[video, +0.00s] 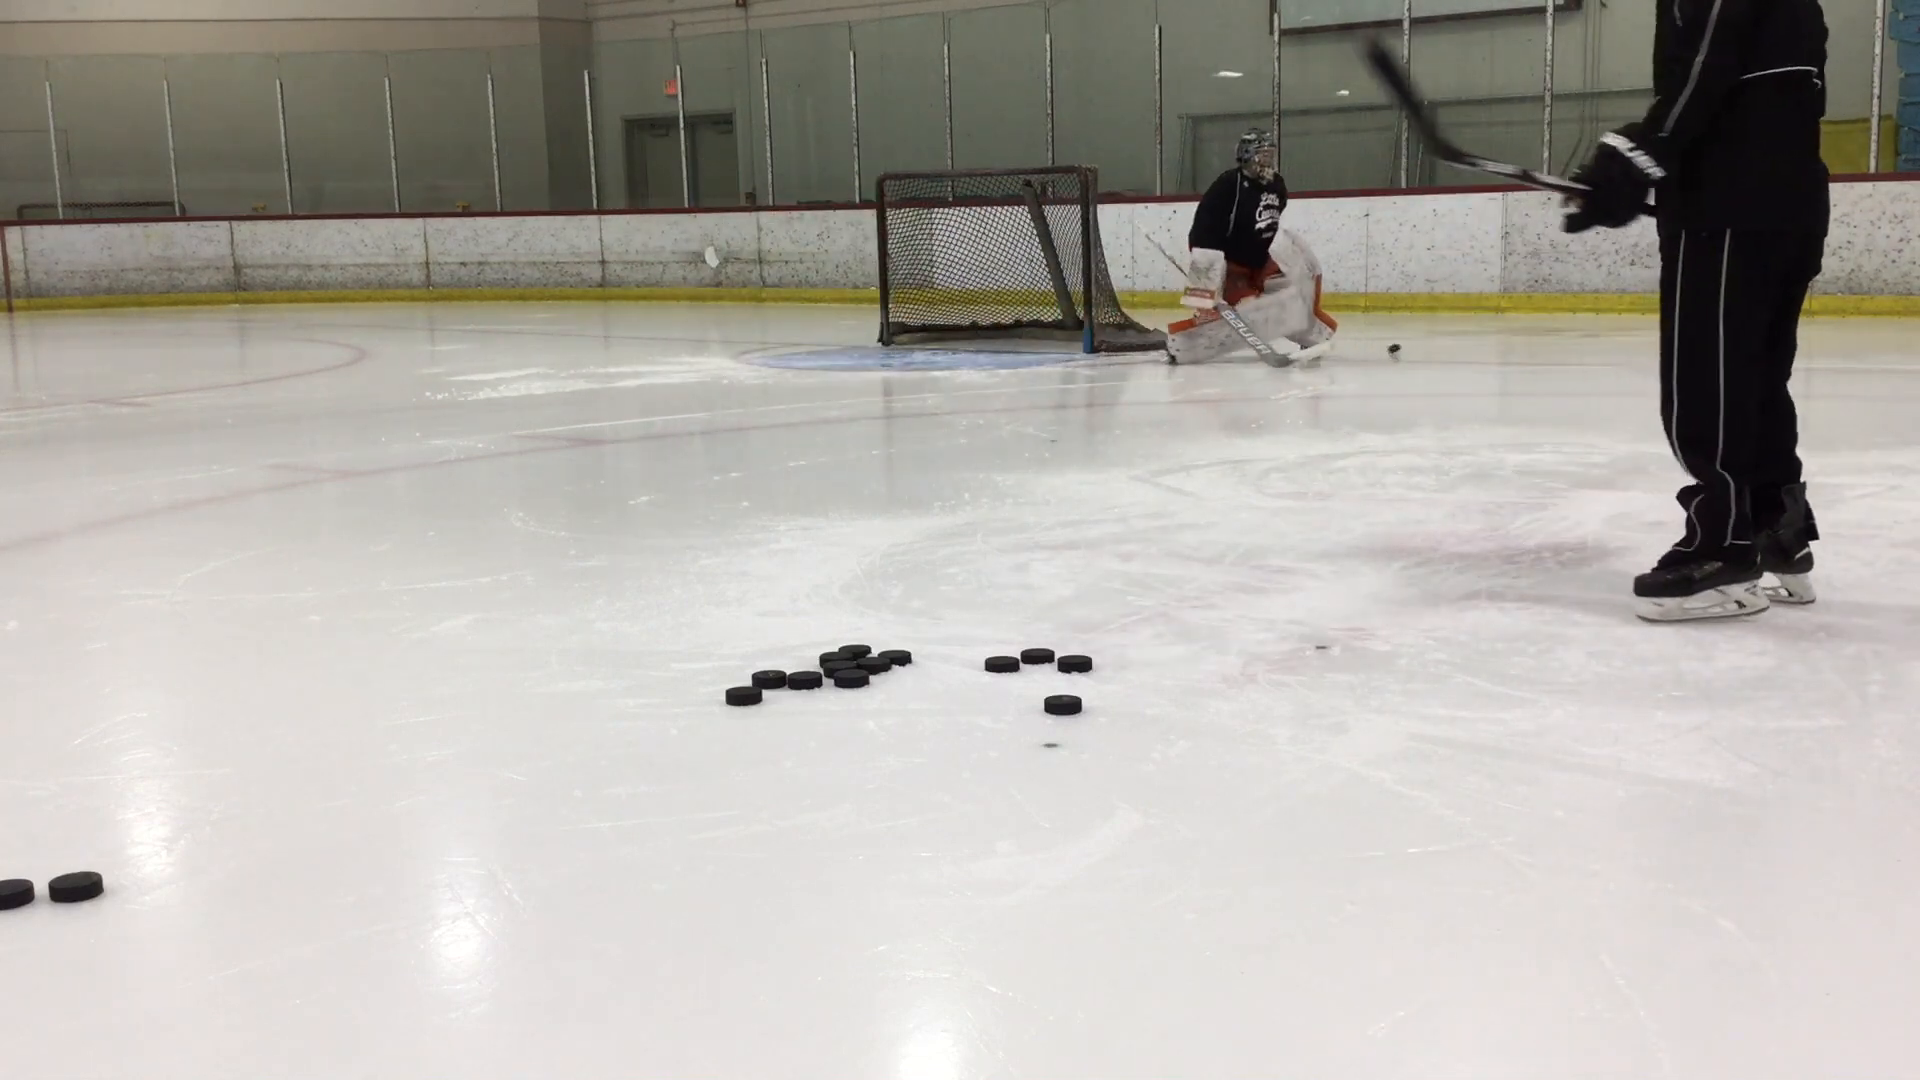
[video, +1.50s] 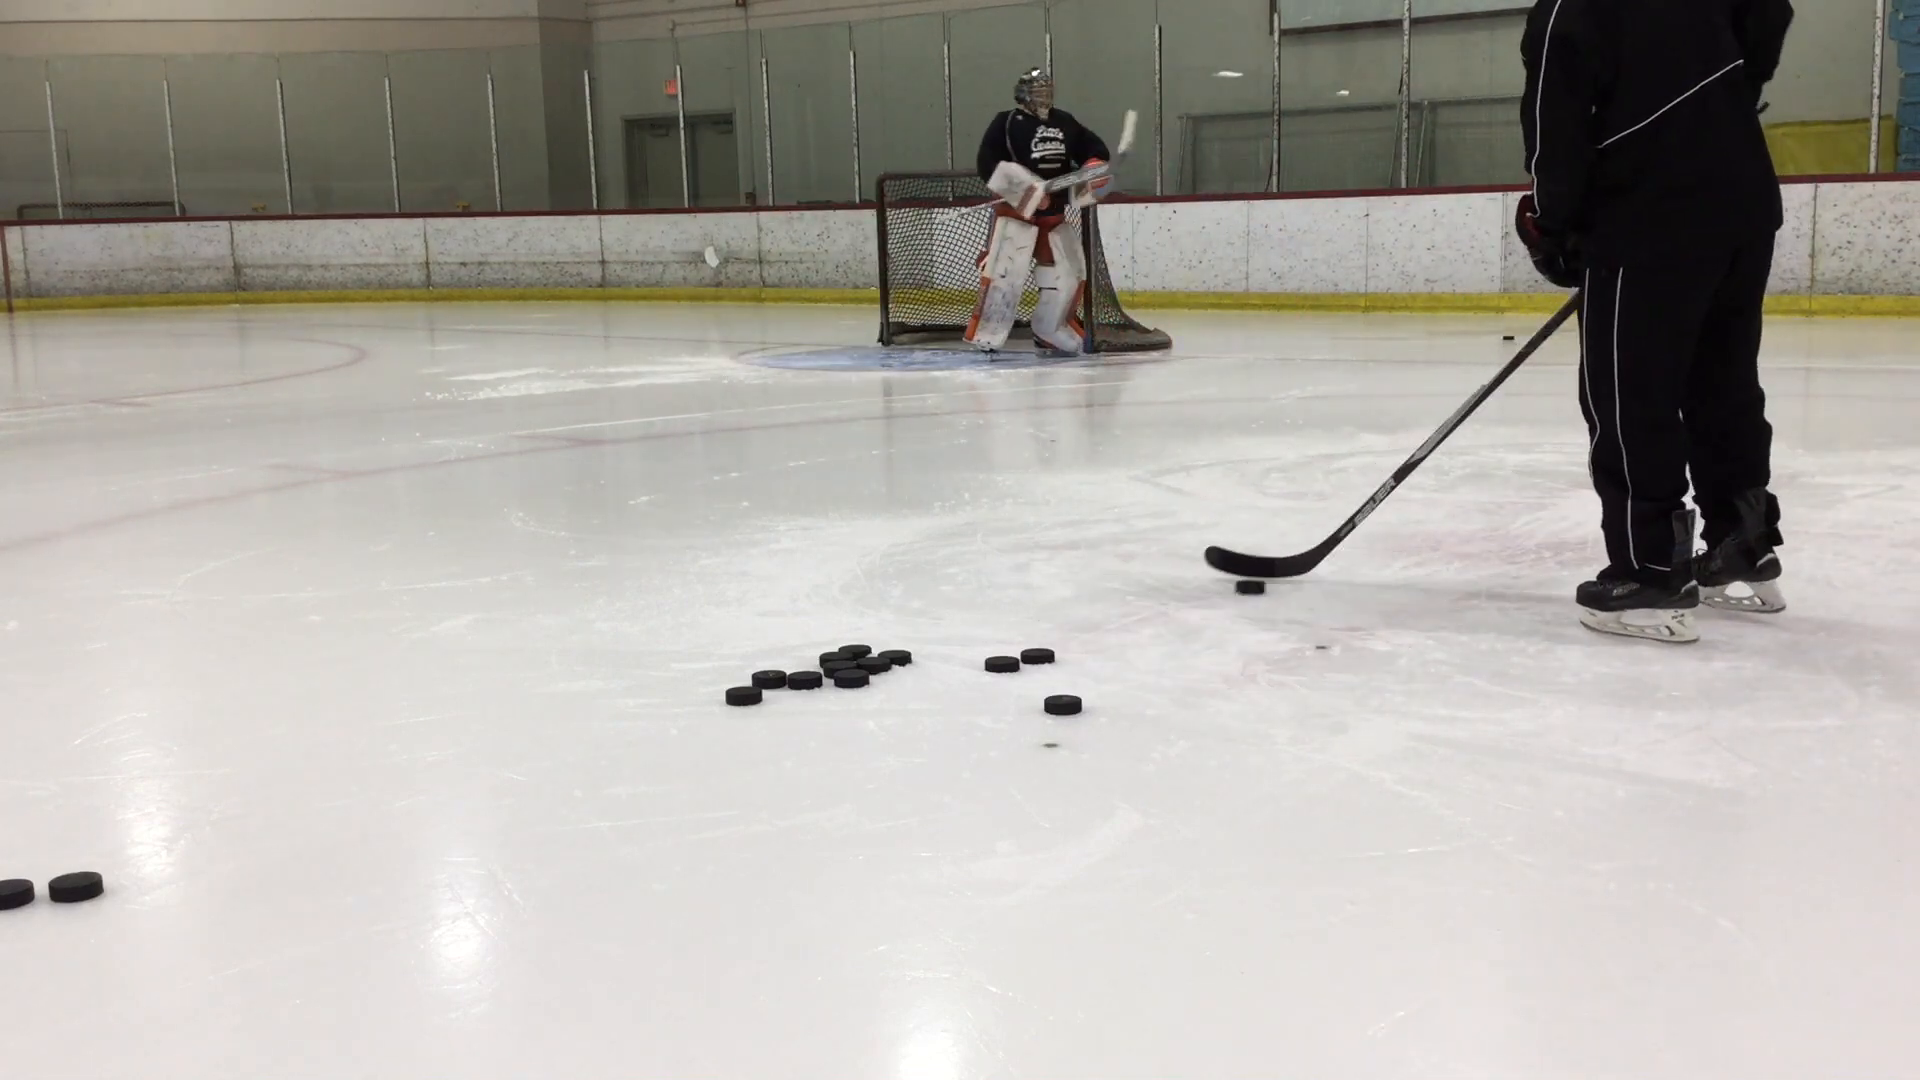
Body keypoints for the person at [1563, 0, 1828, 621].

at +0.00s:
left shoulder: (1713, 2)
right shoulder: (1796, 8)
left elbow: (1702, 70)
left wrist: (1637, 156)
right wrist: (1647, 175)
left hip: (1721, 199)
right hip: (1785, 194)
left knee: (1702, 377)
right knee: (1759, 374)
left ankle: (1722, 548)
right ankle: (1777, 533)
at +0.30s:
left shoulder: (1708, 3)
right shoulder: (1762, 11)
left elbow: (1706, 85)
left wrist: (1656, 198)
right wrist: (1662, 207)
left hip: (1732, 215)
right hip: (1772, 212)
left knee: (1713, 388)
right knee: (1752, 381)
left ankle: (1741, 561)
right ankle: (1783, 545)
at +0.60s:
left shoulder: (1669, 9)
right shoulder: (1714, 8)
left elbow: (1638, 134)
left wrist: (1559, 234)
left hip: (1709, 228)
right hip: (1769, 218)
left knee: (1674, 399)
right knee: (1747, 389)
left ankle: (1695, 569)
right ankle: (1779, 538)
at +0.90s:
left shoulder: (1599, 7)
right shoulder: (1692, 6)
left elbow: (1583, 129)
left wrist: (1521, 250)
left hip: (1670, 221)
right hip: (1755, 205)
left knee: (1636, 394)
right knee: (1728, 385)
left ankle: (1661, 574)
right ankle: (1736, 550)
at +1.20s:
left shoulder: (1565, 16)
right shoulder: (1691, 7)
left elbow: (1554, 125)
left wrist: (1546, 241)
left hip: (1648, 223)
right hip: (1744, 206)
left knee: (1628, 396)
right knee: (1718, 384)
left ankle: (1658, 574)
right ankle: (1732, 553)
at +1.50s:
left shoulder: (1565, 12)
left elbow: (1553, 117)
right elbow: (1772, 13)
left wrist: (1555, 228)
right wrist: (1731, 90)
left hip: (1644, 210)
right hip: (1742, 194)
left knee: (1624, 396)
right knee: (1722, 384)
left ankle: (1651, 576)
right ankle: (1743, 556)